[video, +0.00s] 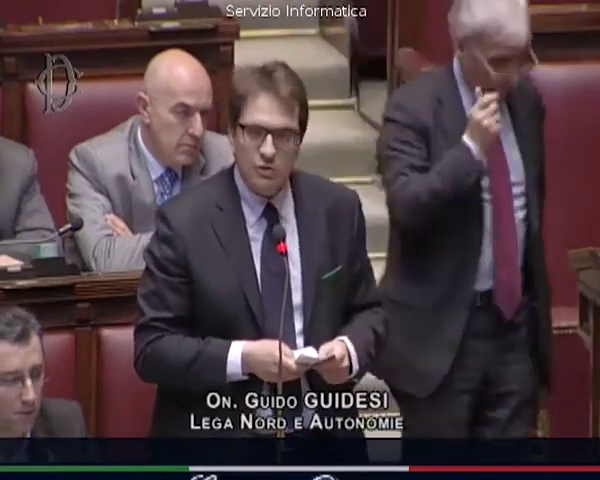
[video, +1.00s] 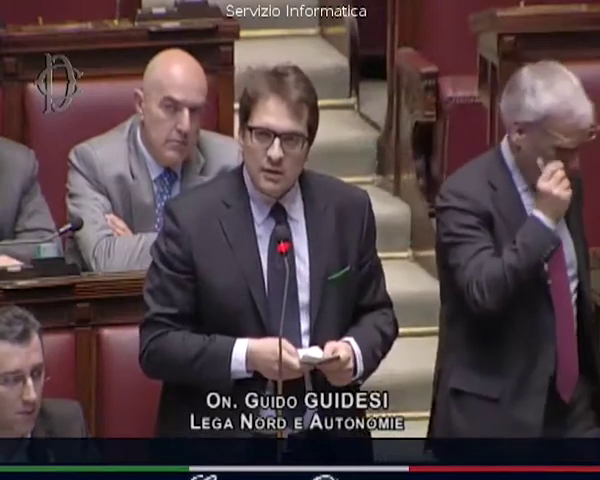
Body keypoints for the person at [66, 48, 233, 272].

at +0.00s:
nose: (197, 130)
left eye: (204, 113)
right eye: (182, 112)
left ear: (210, 108)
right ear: (145, 108)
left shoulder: (224, 155)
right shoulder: (92, 161)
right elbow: (105, 259)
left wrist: (138, 249)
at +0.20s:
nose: (196, 131)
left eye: (203, 113)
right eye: (180, 113)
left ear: (209, 108)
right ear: (144, 108)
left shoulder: (225, 155)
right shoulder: (91, 161)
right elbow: (105, 259)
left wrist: (138, 249)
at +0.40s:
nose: (189, 130)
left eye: (198, 113)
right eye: (174, 111)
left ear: (207, 108)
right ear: (141, 106)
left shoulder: (229, 157)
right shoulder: (91, 161)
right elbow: (105, 259)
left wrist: (138, 250)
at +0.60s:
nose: (185, 127)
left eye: (195, 111)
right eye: (170, 108)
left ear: (204, 108)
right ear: (140, 104)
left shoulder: (230, 157)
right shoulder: (91, 161)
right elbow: (105, 259)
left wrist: (138, 251)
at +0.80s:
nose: (185, 127)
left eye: (195, 111)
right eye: (170, 108)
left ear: (204, 108)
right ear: (140, 104)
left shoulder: (230, 157)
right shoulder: (91, 161)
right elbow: (105, 259)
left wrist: (139, 251)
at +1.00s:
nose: (185, 126)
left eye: (195, 110)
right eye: (170, 107)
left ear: (204, 108)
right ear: (140, 104)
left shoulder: (231, 157)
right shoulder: (91, 161)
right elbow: (105, 259)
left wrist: (138, 252)